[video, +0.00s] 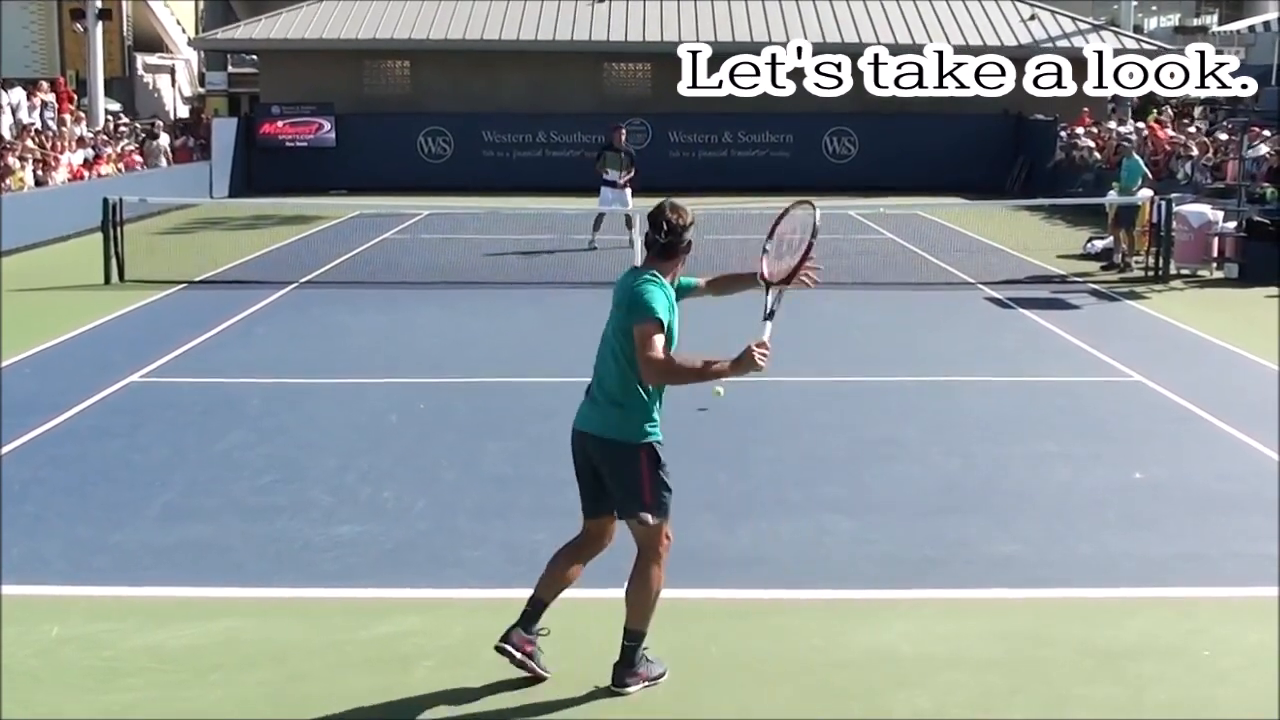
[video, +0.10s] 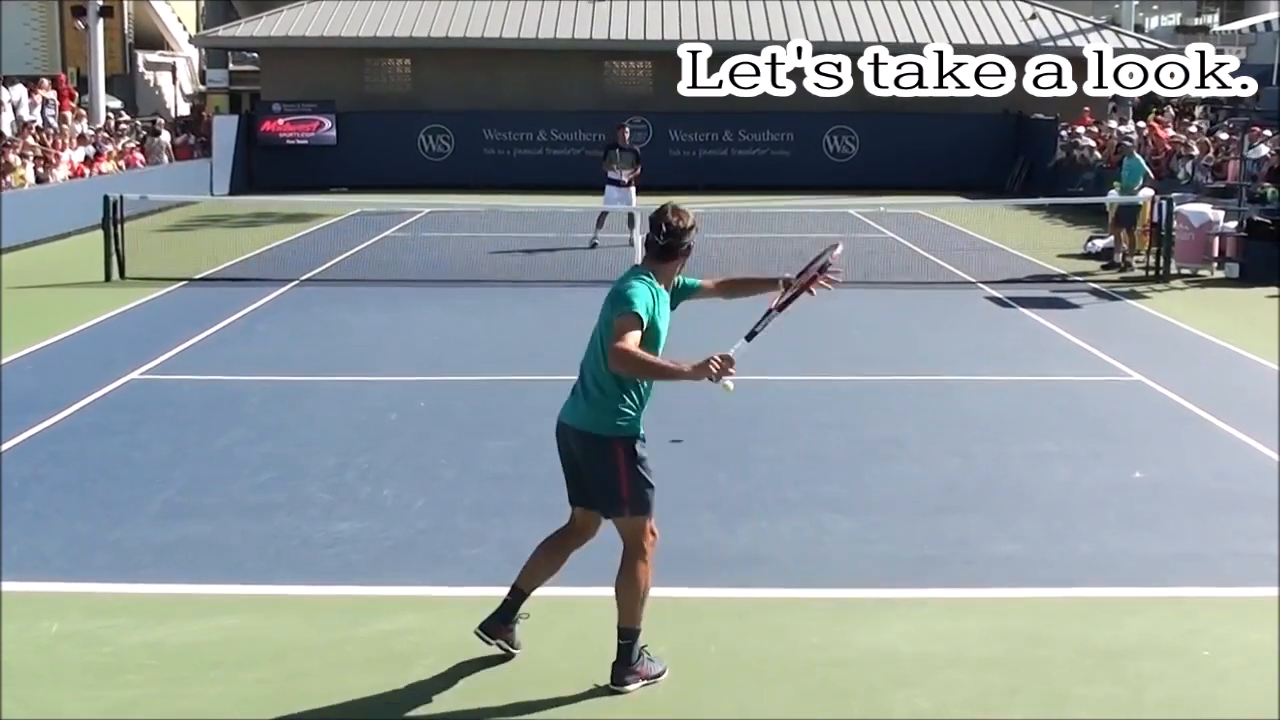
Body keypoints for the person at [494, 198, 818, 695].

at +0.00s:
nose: (690, 252)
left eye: (686, 246)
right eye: (690, 246)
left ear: (648, 243)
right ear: (686, 249)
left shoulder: (635, 280)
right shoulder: (654, 293)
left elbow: (709, 285)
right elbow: (653, 369)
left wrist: (774, 275)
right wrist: (731, 365)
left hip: (592, 431)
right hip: (631, 438)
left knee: (596, 534)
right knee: (654, 544)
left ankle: (523, 630)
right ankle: (630, 663)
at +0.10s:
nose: (687, 259)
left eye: (685, 253)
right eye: (688, 252)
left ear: (649, 246)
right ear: (685, 254)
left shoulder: (660, 285)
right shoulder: (639, 293)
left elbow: (721, 288)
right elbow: (622, 354)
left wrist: (786, 282)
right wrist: (693, 369)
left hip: (579, 429)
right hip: (612, 436)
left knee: (581, 527)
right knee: (641, 541)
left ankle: (502, 618)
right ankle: (628, 662)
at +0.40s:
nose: (670, 283)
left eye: (668, 276)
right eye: (671, 277)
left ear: (630, 267)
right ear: (664, 281)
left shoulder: (602, 292)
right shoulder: (620, 326)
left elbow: (648, 314)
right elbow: (600, 395)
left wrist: (698, 345)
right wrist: (594, 464)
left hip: (524, 429)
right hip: (562, 442)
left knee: (537, 518)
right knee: (622, 534)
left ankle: (503, 623)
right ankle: (623, 660)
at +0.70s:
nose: (626, 260)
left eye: (626, 253)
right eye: (628, 253)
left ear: (585, 237)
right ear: (622, 253)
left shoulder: (531, 267)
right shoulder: (613, 300)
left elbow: (477, 300)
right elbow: (629, 346)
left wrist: (523, 285)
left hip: (512, 418)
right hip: (568, 425)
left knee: (508, 511)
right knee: (606, 526)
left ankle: (503, 623)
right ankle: (626, 640)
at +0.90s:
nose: (600, 223)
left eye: (595, 216)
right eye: (600, 218)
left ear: (554, 217)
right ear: (594, 223)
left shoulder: (525, 263)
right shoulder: (603, 264)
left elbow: (494, 331)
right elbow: (551, 250)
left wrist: (469, 287)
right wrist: (488, 240)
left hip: (519, 405)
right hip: (576, 403)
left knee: (510, 507)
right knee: (601, 506)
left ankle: (505, 617)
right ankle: (621, 612)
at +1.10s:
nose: (539, 214)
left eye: (537, 207)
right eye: (565, 207)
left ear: (532, 212)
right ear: (573, 214)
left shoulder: (534, 259)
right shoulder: (587, 256)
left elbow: (536, 333)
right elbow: (524, 278)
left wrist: (475, 313)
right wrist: (477, 272)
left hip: (534, 406)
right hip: (586, 400)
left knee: (517, 506)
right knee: (612, 498)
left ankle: (510, 613)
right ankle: (645, 590)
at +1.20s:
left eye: (540, 201)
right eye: (571, 202)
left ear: (534, 207)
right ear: (574, 208)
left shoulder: (535, 256)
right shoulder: (594, 254)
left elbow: (544, 331)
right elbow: (556, 311)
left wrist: (485, 325)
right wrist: (490, 312)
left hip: (542, 400)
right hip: (594, 392)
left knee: (524, 504)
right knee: (623, 491)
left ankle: (513, 611)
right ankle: (663, 588)